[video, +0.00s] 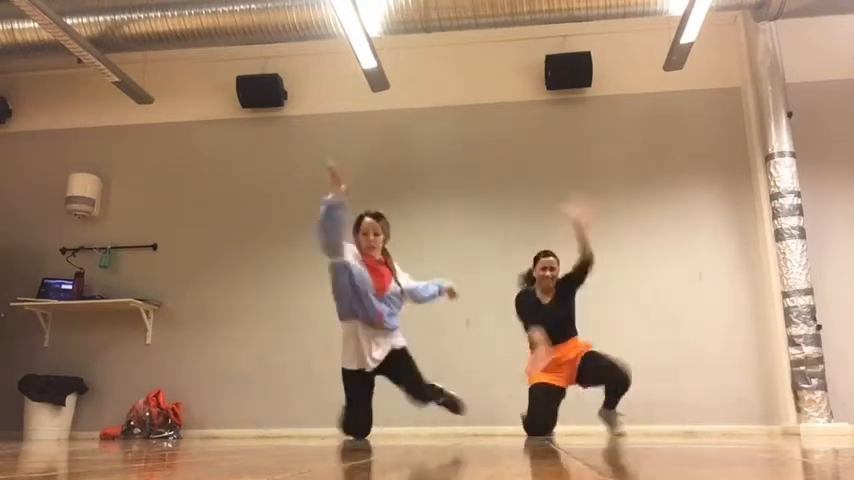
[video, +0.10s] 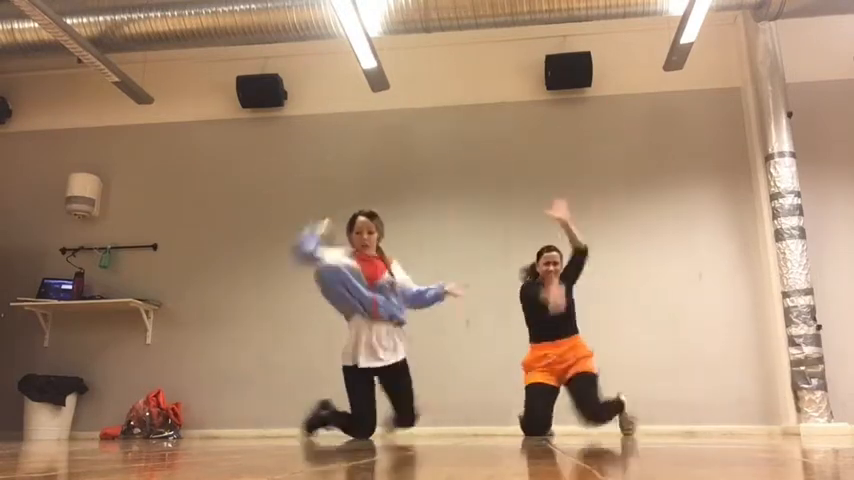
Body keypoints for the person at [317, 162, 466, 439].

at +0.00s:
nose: (371, 240)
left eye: (376, 234)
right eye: (365, 234)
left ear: (385, 238)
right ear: (355, 238)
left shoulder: (392, 271)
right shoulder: (346, 261)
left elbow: (413, 291)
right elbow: (331, 236)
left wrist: (442, 289)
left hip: (389, 344)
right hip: (356, 348)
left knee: (418, 391)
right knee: (359, 426)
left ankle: (441, 398)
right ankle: (348, 418)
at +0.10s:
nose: (365, 238)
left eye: (370, 232)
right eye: (359, 233)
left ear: (379, 236)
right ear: (350, 237)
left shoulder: (390, 266)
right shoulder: (342, 261)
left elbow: (410, 296)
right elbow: (308, 255)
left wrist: (441, 290)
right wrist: (315, 234)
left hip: (390, 346)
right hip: (359, 349)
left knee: (407, 419)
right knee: (363, 429)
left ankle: (393, 422)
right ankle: (326, 415)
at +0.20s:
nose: (364, 242)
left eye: (369, 236)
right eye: (358, 236)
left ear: (379, 239)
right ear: (350, 241)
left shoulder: (395, 267)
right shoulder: (345, 278)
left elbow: (427, 289)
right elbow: (315, 303)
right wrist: (306, 277)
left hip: (389, 360)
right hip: (357, 361)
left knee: (389, 430)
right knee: (362, 429)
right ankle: (310, 417)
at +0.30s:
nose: (367, 241)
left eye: (373, 235)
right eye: (361, 236)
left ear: (384, 239)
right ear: (355, 241)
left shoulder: (397, 273)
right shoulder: (350, 278)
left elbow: (415, 263)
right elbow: (342, 317)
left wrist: (395, 244)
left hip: (388, 360)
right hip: (354, 359)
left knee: (391, 429)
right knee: (358, 426)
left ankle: (367, 417)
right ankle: (304, 420)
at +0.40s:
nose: (364, 243)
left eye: (370, 237)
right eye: (358, 238)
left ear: (381, 240)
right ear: (352, 243)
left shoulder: (396, 268)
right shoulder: (347, 281)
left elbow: (410, 245)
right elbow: (332, 318)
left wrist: (395, 221)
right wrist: (305, 345)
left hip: (390, 352)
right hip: (357, 349)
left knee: (393, 428)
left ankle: (375, 423)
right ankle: (308, 417)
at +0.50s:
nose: (354, 244)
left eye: (360, 238)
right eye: (349, 239)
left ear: (372, 241)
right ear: (343, 244)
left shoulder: (389, 266)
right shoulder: (340, 279)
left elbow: (418, 263)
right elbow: (324, 308)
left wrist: (402, 237)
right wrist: (301, 333)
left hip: (391, 357)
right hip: (362, 352)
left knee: (392, 430)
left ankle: (401, 416)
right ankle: (328, 411)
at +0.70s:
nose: (333, 235)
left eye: (339, 229)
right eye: (328, 230)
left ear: (350, 232)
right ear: (322, 235)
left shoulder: (372, 254)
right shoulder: (319, 262)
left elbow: (400, 249)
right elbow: (295, 246)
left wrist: (384, 220)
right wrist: (306, 216)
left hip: (383, 344)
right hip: (355, 344)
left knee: (387, 422)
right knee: (320, 361)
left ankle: (430, 430)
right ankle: (341, 422)